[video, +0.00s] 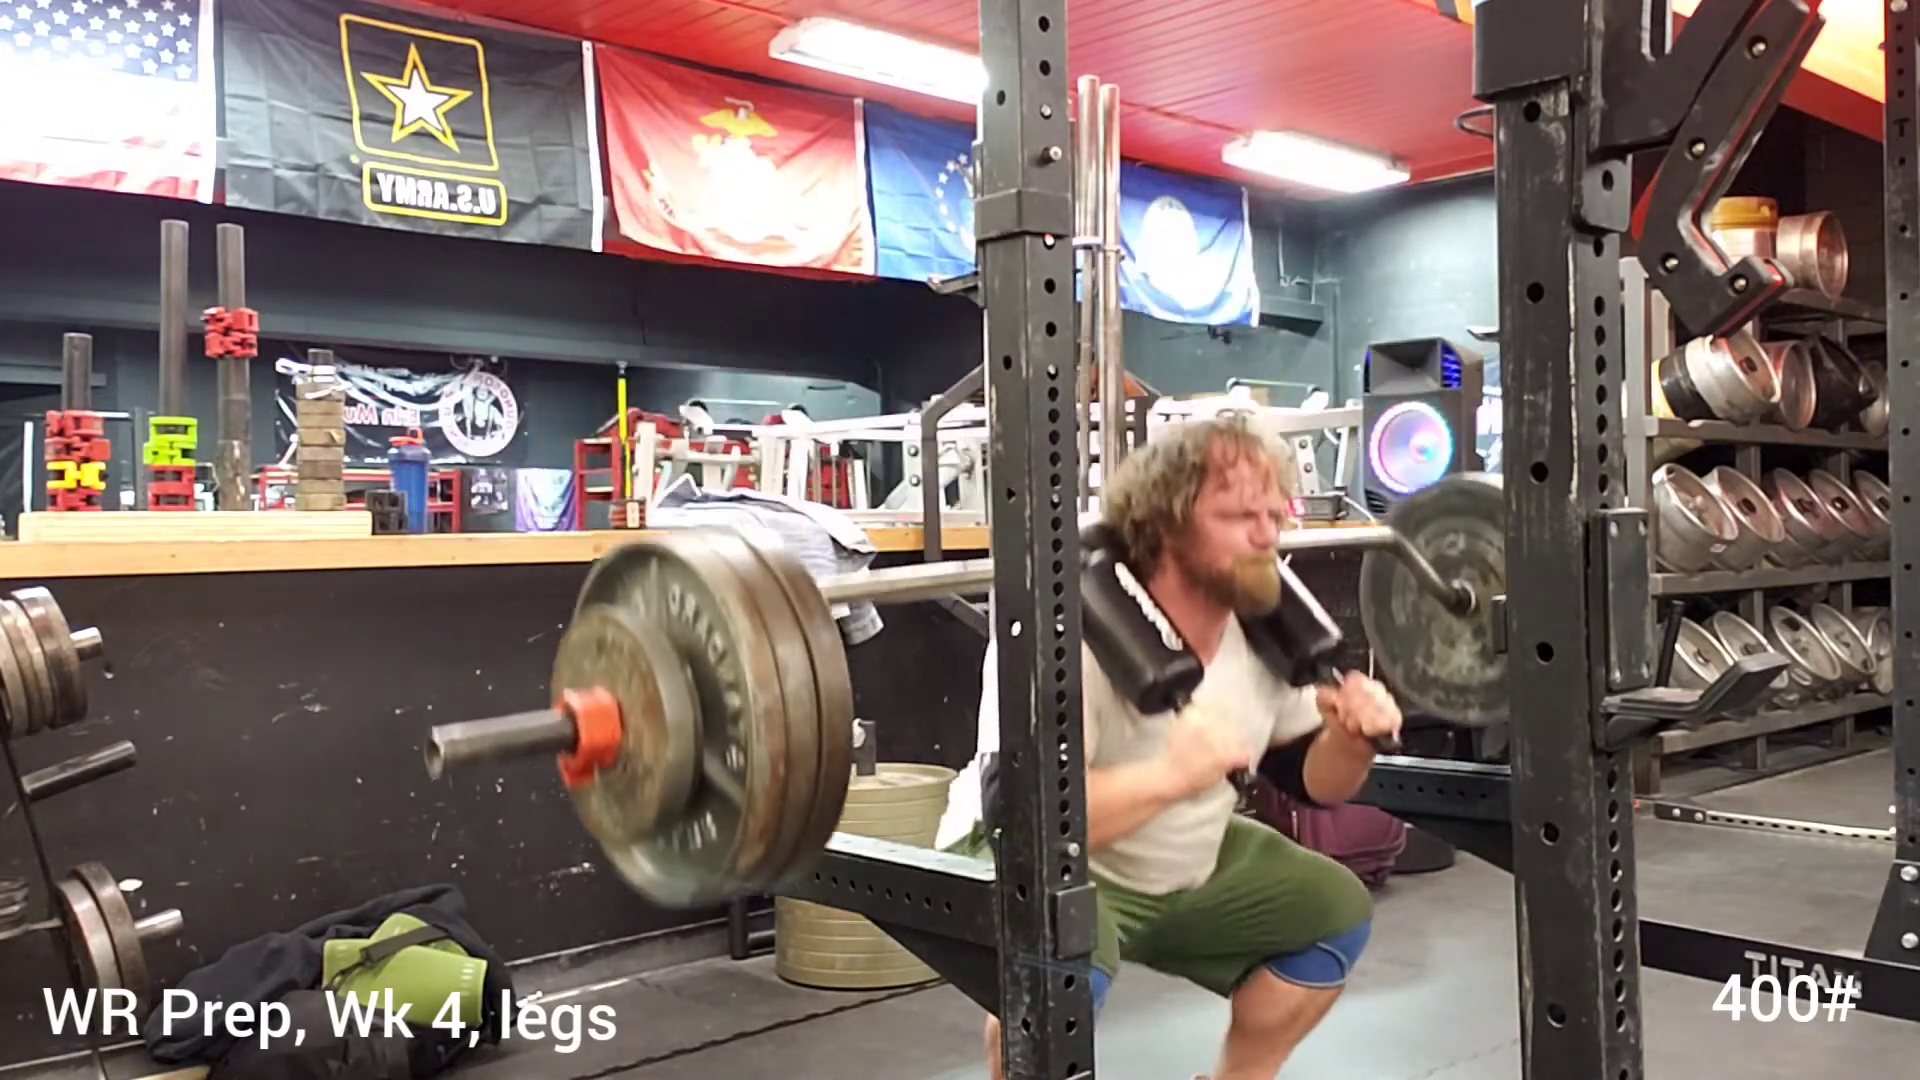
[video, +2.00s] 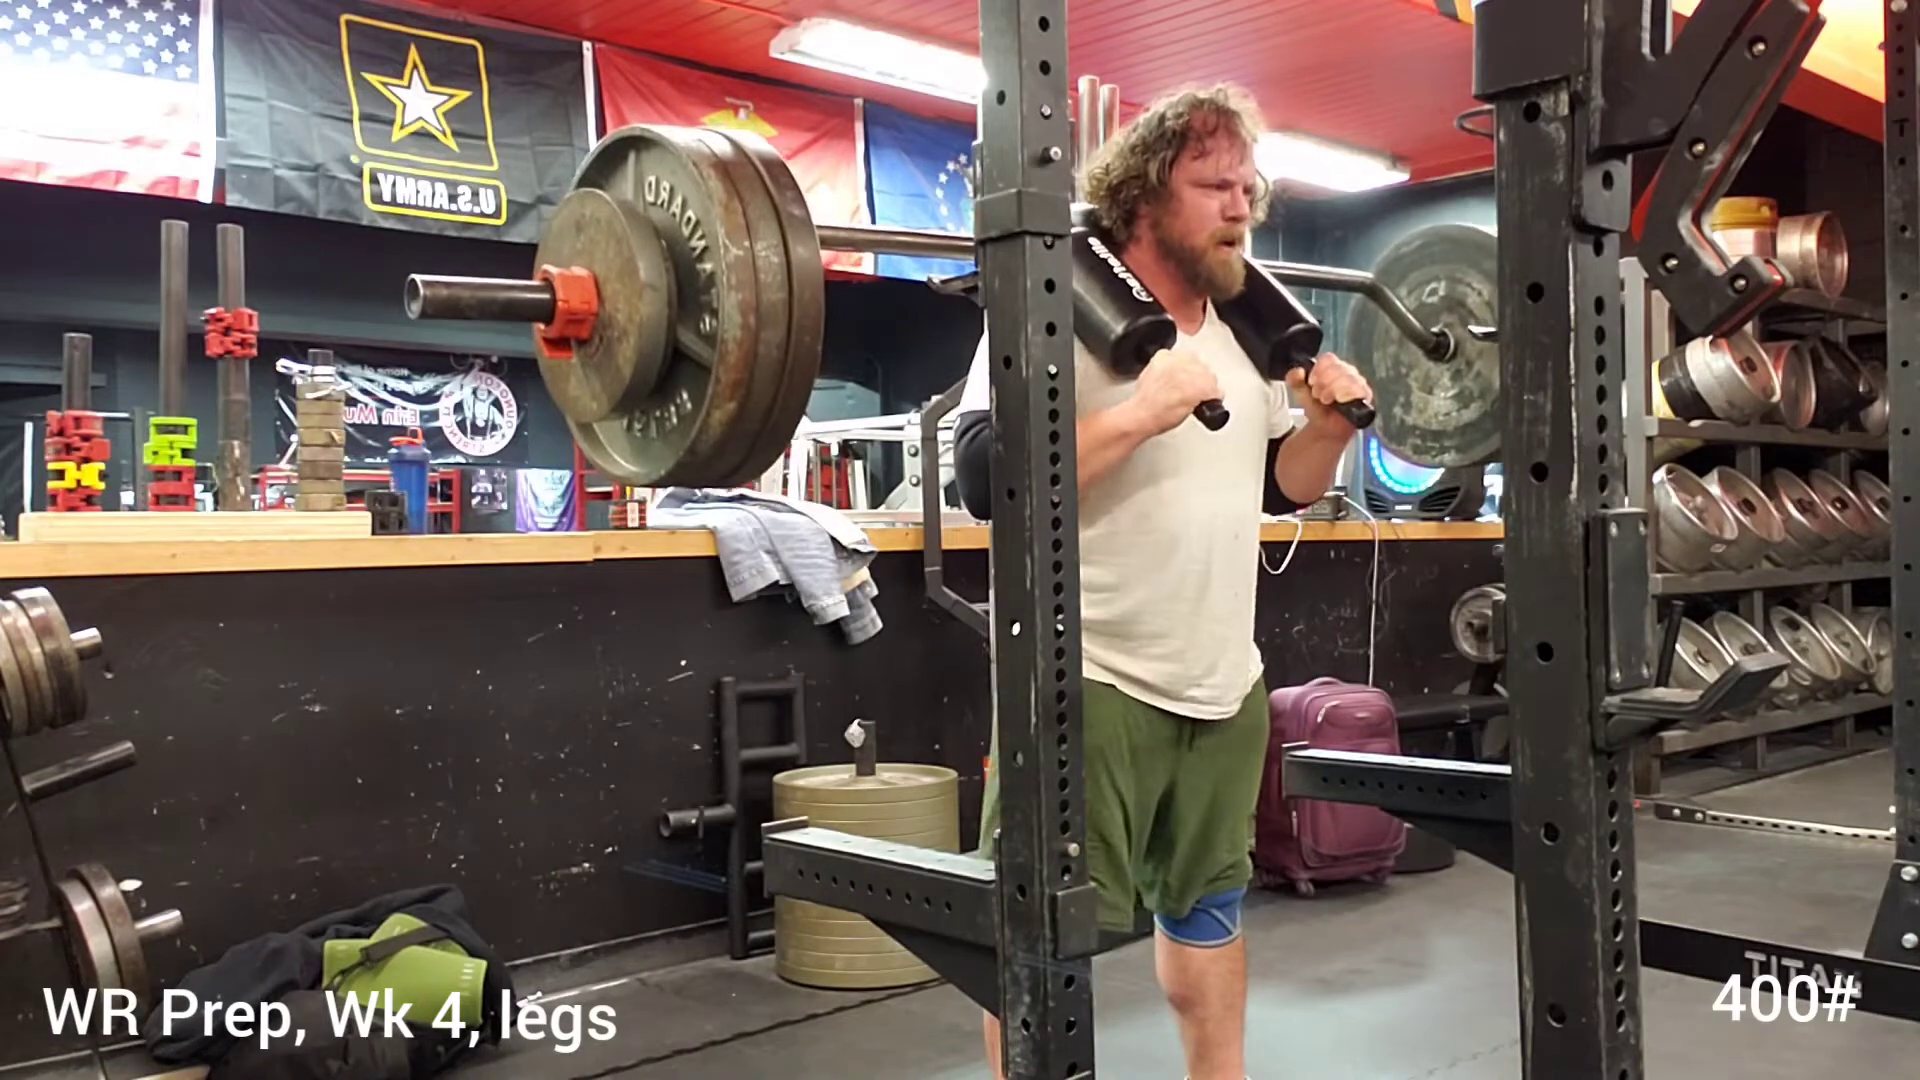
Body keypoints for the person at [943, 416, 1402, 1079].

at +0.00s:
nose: (1265, 535)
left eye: (1271, 516)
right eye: (1239, 518)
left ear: (1282, 512)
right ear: (1166, 524)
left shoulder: (1267, 614)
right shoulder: (1069, 627)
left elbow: (1321, 784)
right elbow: (1030, 815)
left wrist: (1353, 733)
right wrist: (1170, 777)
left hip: (1198, 853)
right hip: (1069, 868)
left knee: (1334, 912)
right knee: (1068, 971)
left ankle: (1238, 1075)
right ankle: (1018, 1072)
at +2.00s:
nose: (1243, 204)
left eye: (1248, 184)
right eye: (1217, 183)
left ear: (1251, 195)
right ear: (1147, 194)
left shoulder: (1246, 328)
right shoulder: (1052, 302)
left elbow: (1284, 485)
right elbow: (983, 477)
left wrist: (1331, 424)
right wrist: (1135, 415)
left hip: (1223, 684)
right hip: (1089, 681)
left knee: (1207, 925)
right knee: (1042, 939)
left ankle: (1219, 1073)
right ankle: (1024, 1072)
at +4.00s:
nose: (1269, 478)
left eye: (1274, 458)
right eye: (1243, 458)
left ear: (1284, 461)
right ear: (1171, 467)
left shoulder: (1271, 558)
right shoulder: (1078, 564)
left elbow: (1329, 729)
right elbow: (1032, 756)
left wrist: (1355, 676)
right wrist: (1174, 702)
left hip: (1183, 807)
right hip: (1045, 819)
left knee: (1321, 908)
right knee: (1076, 958)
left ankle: (1241, 1073)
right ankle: (1014, 1068)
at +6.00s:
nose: (1244, 303)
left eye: (1251, 285)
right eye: (1218, 284)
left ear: (1259, 301)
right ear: (1153, 302)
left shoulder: (1267, 424)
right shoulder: (1069, 416)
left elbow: (1321, 596)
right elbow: (1028, 601)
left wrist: (1345, 530)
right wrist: (1163, 534)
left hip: (1204, 740)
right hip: (1066, 744)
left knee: (1303, 901)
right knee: (1057, 965)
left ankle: (1237, 1074)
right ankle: (1016, 1072)